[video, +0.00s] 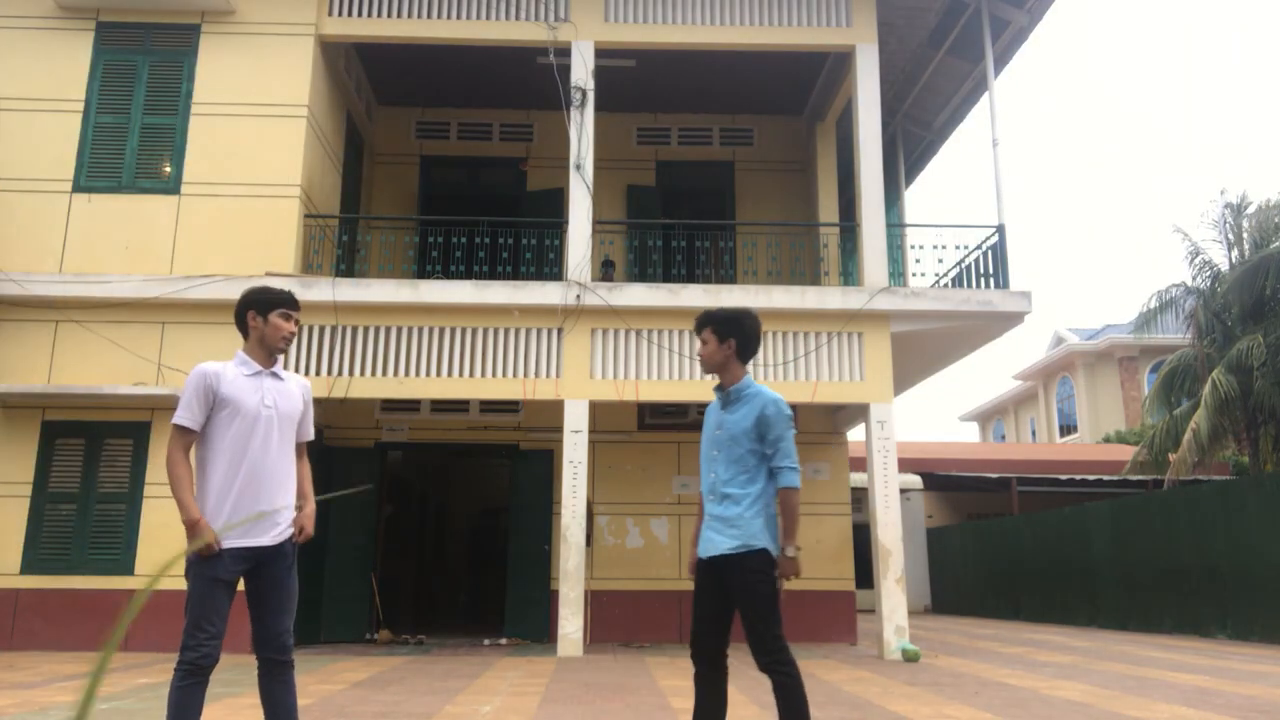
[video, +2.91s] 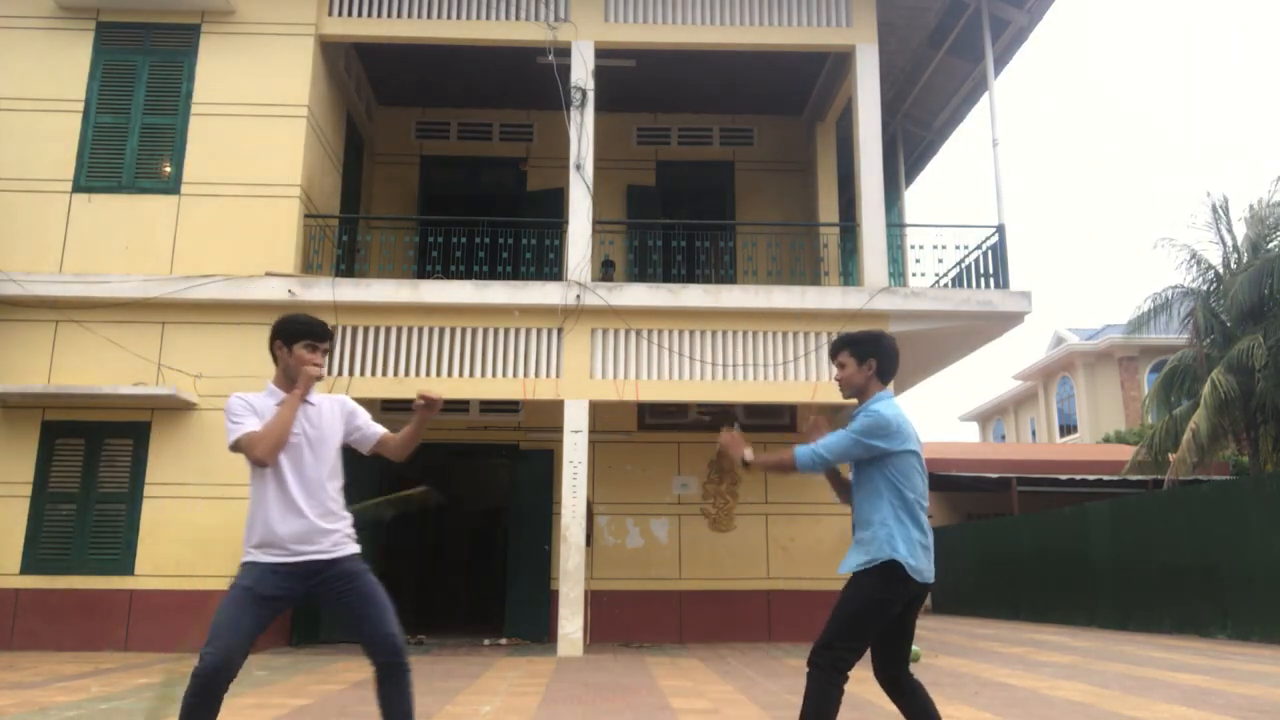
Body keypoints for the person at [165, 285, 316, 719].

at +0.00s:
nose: (293, 328)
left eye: (296, 321)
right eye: (285, 317)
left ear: (294, 329)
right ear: (253, 320)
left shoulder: (298, 388)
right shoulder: (210, 377)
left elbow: (301, 454)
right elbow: (176, 450)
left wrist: (308, 504)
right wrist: (192, 519)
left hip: (278, 545)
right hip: (218, 544)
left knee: (278, 656)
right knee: (199, 657)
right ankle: (179, 719)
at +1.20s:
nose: (277, 329)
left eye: (280, 322)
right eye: (269, 319)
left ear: (277, 327)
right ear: (237, 320)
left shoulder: (288, 386)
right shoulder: (194, 382)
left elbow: (298, 451)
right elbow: (169, 459)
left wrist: (292, 475)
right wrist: (240, 469)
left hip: (276, 542)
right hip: (214, 542)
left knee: (278, 657)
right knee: (197, 656)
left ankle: (284, 719)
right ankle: (180, 719)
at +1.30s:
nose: (274, 332)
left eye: (278, 325)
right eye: (266, 321)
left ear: (277, 330)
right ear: (234, 320)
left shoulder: (287, 385)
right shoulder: (192, 382)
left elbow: (304, 456)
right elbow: (175, 458)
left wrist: (289, 438)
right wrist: (246, 441)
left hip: (277, 541)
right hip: (214, 540)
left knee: (278, 657)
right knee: (197, 656)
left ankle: (284, 719)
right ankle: (180, 719)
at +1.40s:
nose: (270, 335)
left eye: (275, 327)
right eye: (262, 323)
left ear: (278, 333)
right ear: (232, 320)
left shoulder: (278, 388)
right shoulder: (192, 378)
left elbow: (313, 451)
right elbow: (194, 444)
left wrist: (304, 399)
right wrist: (252, 396)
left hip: (276, 540)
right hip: (214, 540)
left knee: (278, 658)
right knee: (197, 656)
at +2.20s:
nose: (270, 339)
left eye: (276, 333)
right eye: (262, 328)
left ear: (281, 338)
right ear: (234, 324)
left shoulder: (287, 386)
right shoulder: (193, 379)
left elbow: (344, 421)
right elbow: (208, 431)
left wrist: (375, 393)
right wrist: (241, 369)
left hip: (280, 538)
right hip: (217, 538)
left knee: (282, 655)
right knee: (198, 654)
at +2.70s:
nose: (290, 350)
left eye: (295, 344)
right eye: (282, 340)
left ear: (299, 347)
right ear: (253, 337)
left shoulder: (308, 398)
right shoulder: (213, 391)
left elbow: (366, 438)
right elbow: (225, 440)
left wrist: (395, 409)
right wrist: (262, 381)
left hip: (300, 549)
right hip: (233, 551)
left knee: (337, 655)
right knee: (204, 663)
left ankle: (369, 719)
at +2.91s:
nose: (319, 359)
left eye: (324, 352)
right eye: (310, 350)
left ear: (328, 357)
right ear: (279, 350)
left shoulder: (338, 408)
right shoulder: (244, 405)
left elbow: (395, 450)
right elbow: (261, 452)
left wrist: (420, 420)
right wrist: (297, 391)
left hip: (338, 561)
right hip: (268, 563)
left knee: (391, 652)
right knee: (213, 667)